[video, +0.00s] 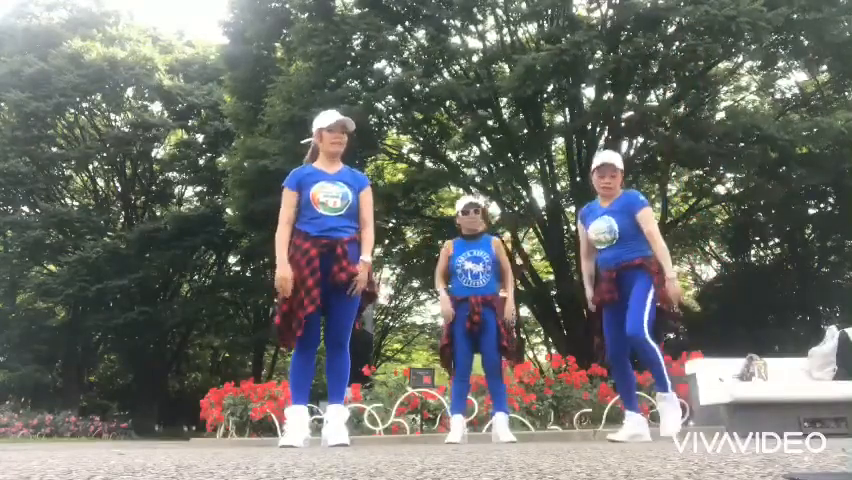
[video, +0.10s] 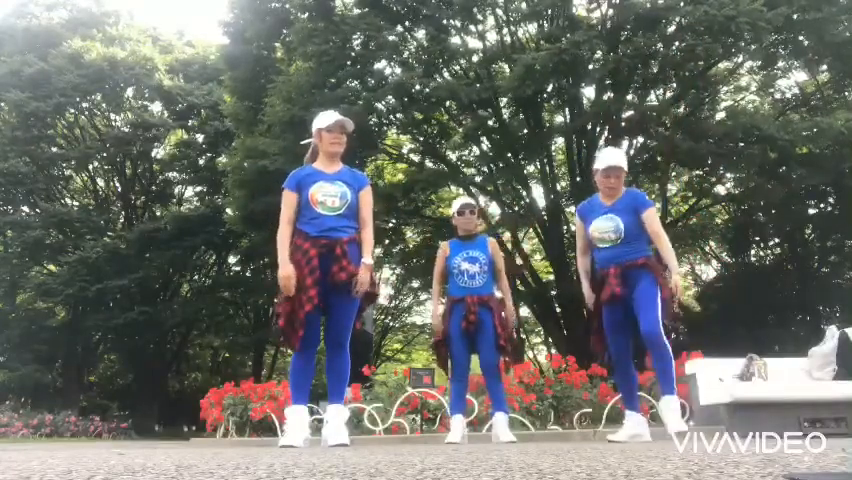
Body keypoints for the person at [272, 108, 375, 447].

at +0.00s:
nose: (336, 137)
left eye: (341, 133)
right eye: (330, 132)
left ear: (348, 139)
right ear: (316, 137)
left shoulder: (358, 180)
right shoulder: (299, 176)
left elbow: (367, 224)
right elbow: (284, 223)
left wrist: (365, 261)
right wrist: (282, 263)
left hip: (347, 258)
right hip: (306, 257)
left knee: (339, 340)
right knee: (307, 339)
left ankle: (336, 418)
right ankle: (297, 417)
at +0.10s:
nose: (336, 137)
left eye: (341, 133)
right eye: (330, 132)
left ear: (347, 139)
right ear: (316, 137)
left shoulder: (358, 180)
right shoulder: (299, 177)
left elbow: (366, 224)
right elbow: (285, 223)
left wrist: (367, 262)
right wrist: (284, 263)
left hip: (347, 257)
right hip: (307, 258)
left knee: (339, 340)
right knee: (307, 339)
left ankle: (336, 418)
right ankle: (297, 418)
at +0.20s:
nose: (336, 138)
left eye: (340, 134)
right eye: (329, 133)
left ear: (346, 140)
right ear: (316, 137)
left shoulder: (358, 180)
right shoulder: (298, 177)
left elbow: (366, 225)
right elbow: (288, 224)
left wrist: (368, 263)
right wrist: (287, 264)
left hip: (346, 258)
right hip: (307, 258)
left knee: (338, 341)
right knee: (306, 340)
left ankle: (336, 418)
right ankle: (297, 418)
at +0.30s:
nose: (335, 138)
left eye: (340, 134)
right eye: (329, 133)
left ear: (346, 140)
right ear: (315, 138)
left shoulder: (358, 180)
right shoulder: (297, 177)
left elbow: (367, 225)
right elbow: (287, 224)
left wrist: (368, 263)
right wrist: (288, 265)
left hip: (346, 258)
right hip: (306, 258)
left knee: (338, 341)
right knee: (305, 341)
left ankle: (336, 418)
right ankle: (297, 418)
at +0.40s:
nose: (334, 138)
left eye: (339, 134)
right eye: (328, 133)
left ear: (346, 140)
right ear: (315, 138)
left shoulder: (357, 179)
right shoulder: (297, 177)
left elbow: (369, 223)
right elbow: (284, 224)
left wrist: (365, 257)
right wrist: (286, 265)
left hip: (346, 259)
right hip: (305, 259)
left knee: (338, 341)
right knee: (305, 341)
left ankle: (336, 418)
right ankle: (297, 418)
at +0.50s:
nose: (333, 138)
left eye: (338, 134)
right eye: (327, 133)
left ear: (345, 139)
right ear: (314, 138)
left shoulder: (357, 178)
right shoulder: (297, 175)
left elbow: (371, 220)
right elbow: (284, 223)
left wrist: (362, 245)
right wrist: (282, 263)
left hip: (346, 259)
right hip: (305, 258)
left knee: (338, 340)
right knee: (305, 341)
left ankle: (336, 418)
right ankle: (297, 418)